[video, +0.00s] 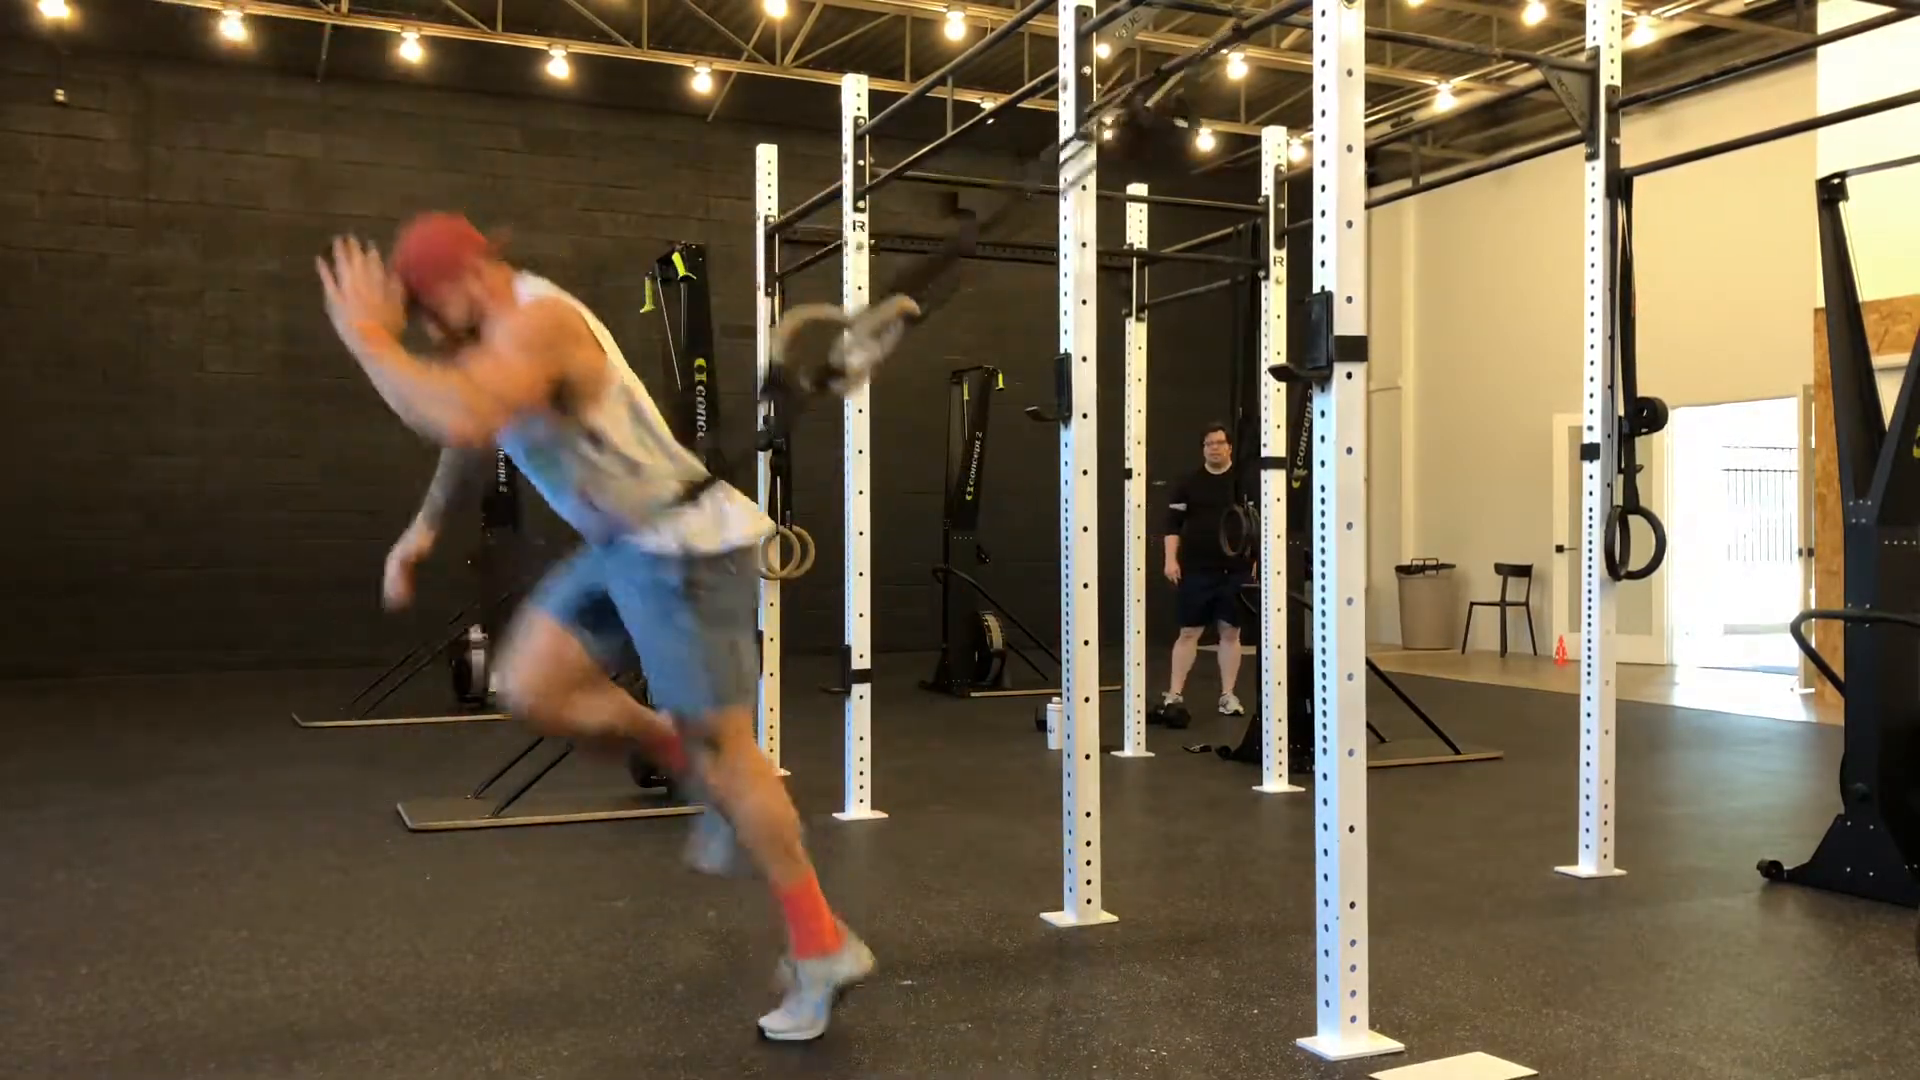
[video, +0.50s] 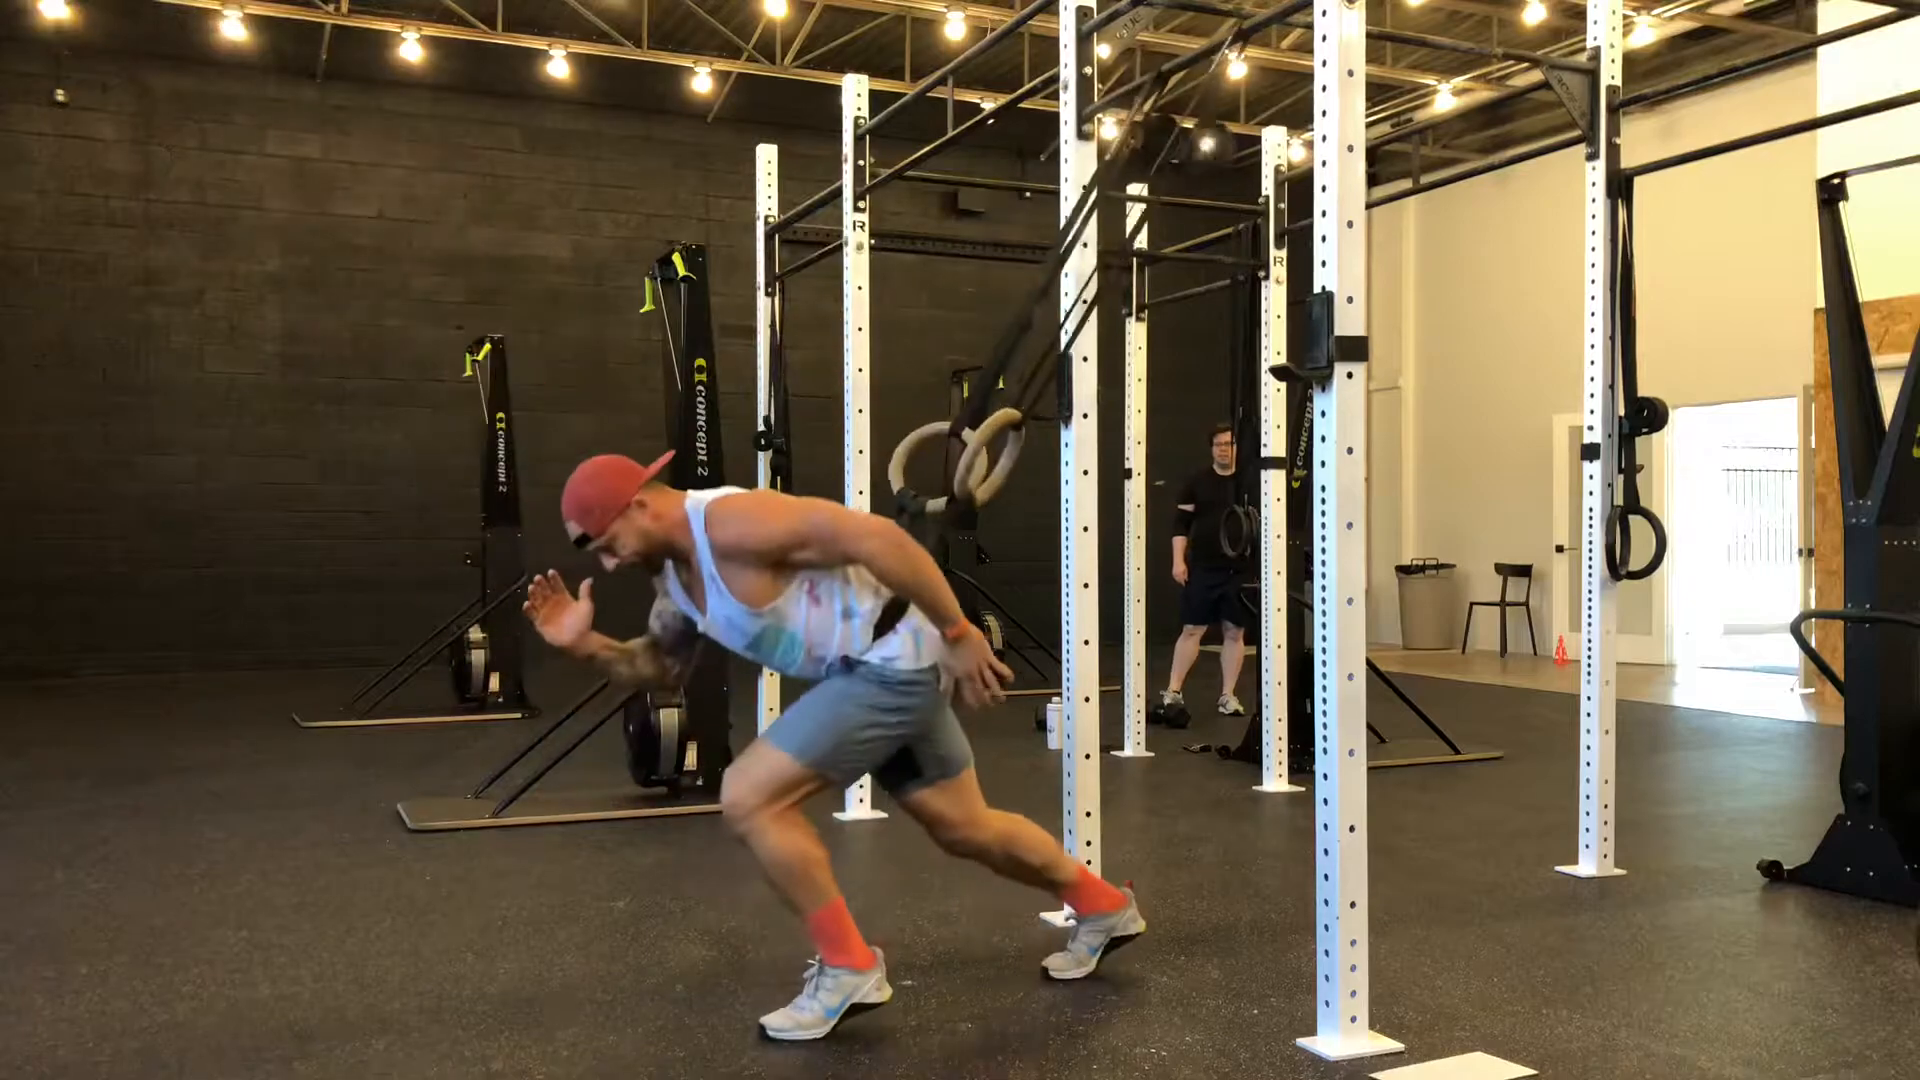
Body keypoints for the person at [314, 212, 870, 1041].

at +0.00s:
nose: (444, 320)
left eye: (446, 301)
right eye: (433, 311)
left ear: (478, 269)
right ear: (432, 306)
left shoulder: (542, 318)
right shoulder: (481, 335)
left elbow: (465, 414)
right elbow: (470, 439)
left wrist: (370, 338)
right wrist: (425, 528)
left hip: (684, 546)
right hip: (616, 547)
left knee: (727, 756)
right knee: (533, 685)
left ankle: (821, 945)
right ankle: (699, 758)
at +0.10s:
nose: (472, 425)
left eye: (476, 406)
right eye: (463, 413)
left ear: (522, 380)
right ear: (503, 393)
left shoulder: (614, 427)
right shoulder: (538, 458)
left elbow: (652, 548)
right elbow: (511, 558)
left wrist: (522, 568)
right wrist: (435, 636)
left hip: (760, 613)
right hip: (701, 625)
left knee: (707, 822)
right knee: (716, 809)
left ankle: (844, 959)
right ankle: (899, 824)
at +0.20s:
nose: (511, 495)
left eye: (511, 477)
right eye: (502, 483)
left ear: (554, 446)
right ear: (543, 456)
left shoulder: (653, 485)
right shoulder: (570, 521)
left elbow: (771, 573)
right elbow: (565, 624)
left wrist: (721, 698)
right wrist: (510, 679)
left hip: (798, 646)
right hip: (790, 650)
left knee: (692, 825)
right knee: (843, 829)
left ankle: (837, 956)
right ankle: (1021, 863)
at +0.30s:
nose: (572, 560)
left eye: (572, 543)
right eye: (563, 549)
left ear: (612, 508)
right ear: (595, 525)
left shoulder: (705, 535)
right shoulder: (642, 583)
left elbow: (843, 575)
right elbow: (634, 687)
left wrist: (915, 685)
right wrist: (561, 677)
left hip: (861, 684)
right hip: (836, 689)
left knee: (707, 812)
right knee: (944, 836)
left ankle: (837, 957)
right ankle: (1091, 898)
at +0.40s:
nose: (602, 571)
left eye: (601, 555)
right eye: (594, 561)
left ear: (635, 522)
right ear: (627, 532)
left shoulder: (730, 539)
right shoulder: (672, 594)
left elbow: (874, 561)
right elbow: (664, 682)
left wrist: (960, 656)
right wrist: (586, 659)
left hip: (889, 676)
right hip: (876, 683)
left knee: (732, 801)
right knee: (962, 839)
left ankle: (846, 962)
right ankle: (1106, 904)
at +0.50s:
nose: (607, 558)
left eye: (604, 541)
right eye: (597, 548)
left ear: (641, 505)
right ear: (634, 514)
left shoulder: (731, 523)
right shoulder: (679, 581)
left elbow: (876, 535)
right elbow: (658, 664)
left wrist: (958, 631)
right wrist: (587, 643)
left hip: (894, 661)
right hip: (882, 667)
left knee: (749, 793)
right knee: (964, 827)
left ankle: (849, 964)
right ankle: (1102, 901)